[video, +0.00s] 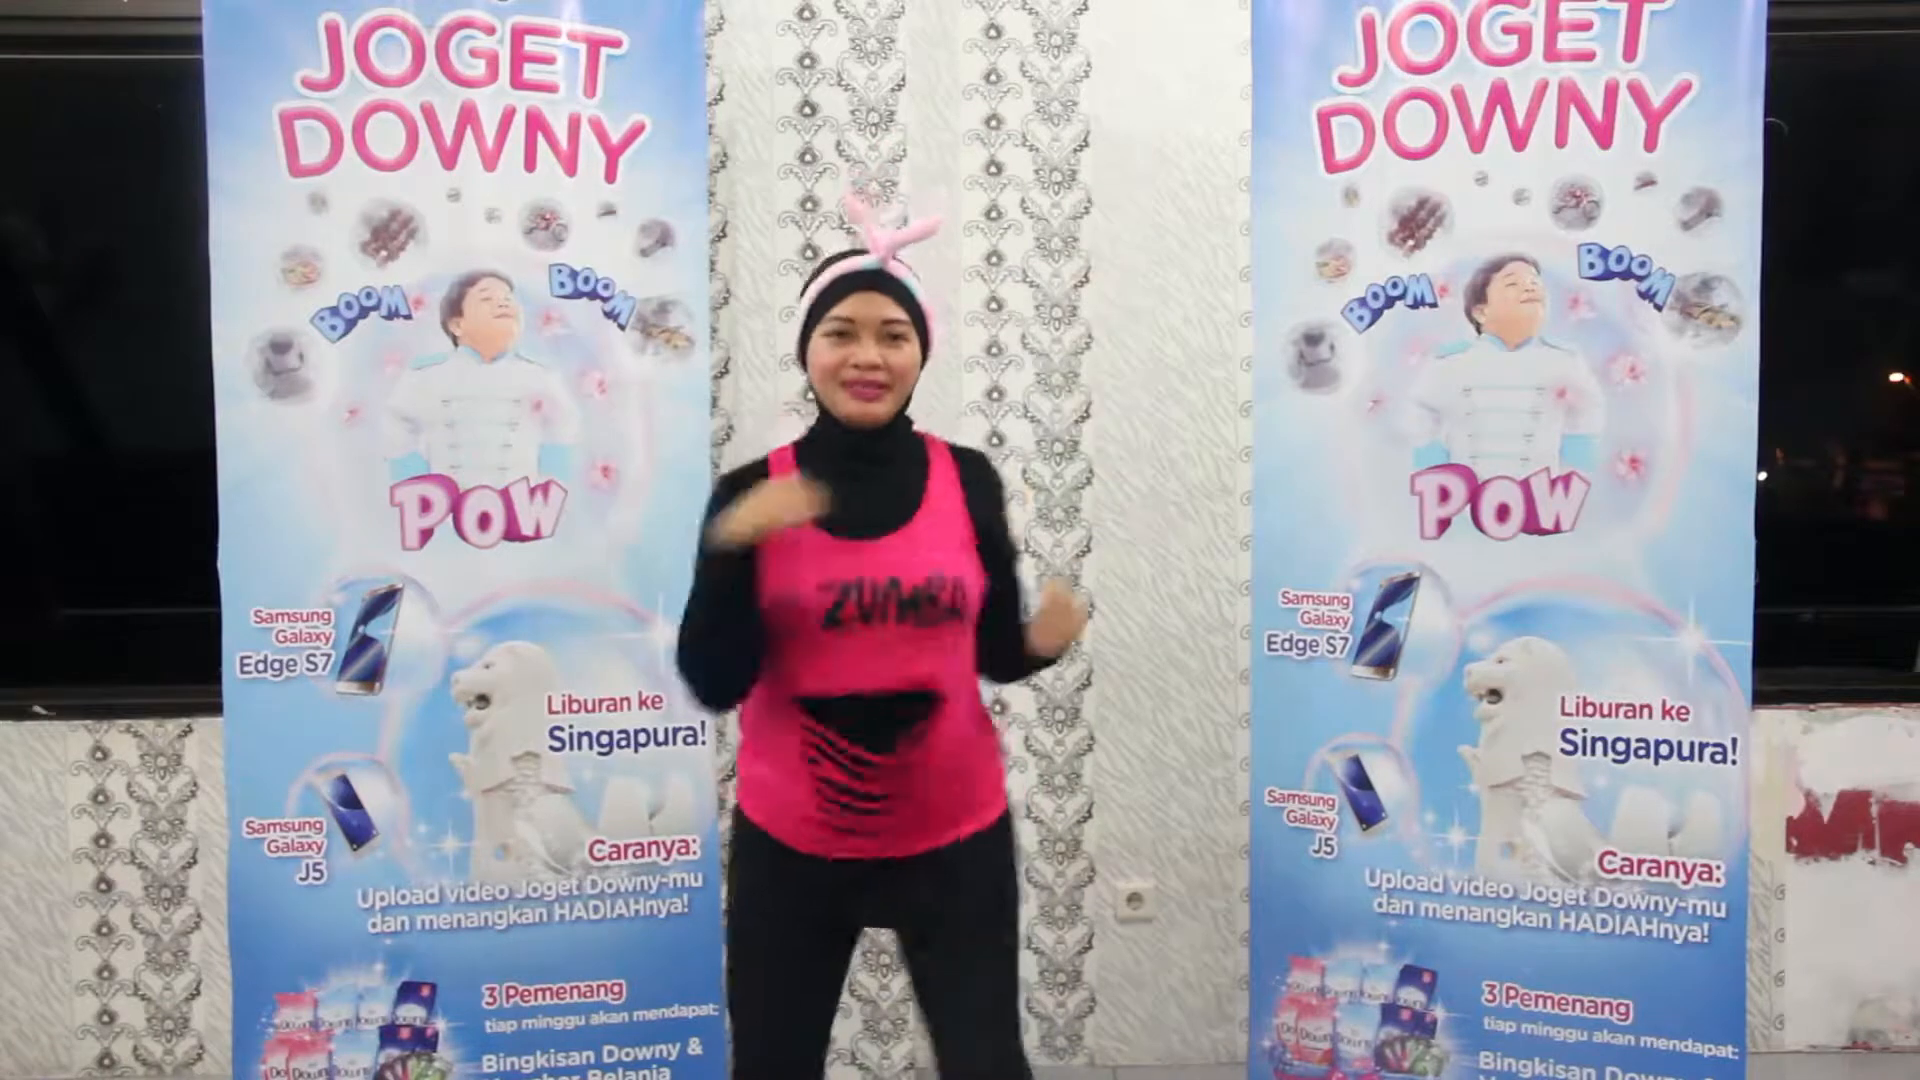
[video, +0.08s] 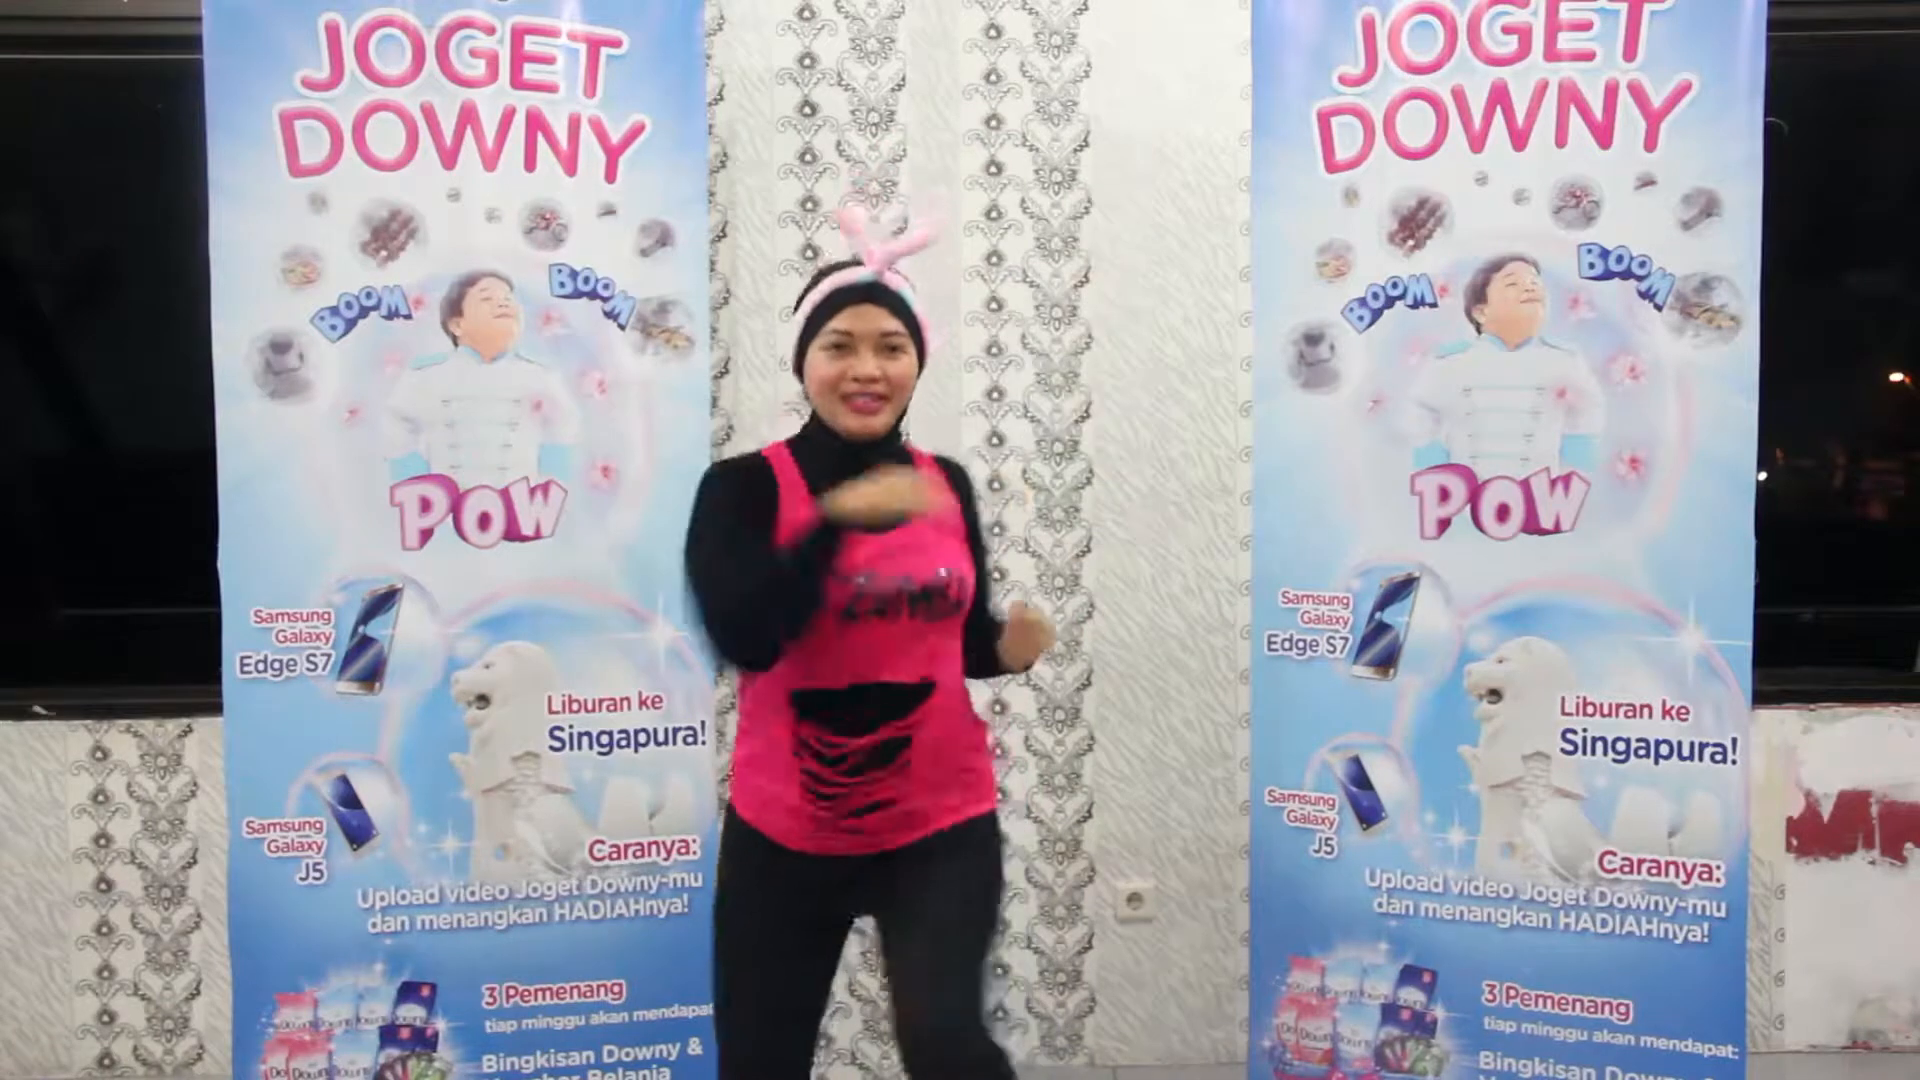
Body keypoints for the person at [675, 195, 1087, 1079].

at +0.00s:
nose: (867, 355)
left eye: (893, 335)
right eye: (842, 333)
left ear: (921, 358)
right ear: (805, 354)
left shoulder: (966, 481)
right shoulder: (748, 499)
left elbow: (993, 654)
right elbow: (713, 681)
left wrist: (1038, 641)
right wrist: (732, 545)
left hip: (954, 838)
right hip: (792, 842)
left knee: (988, 1063)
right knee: (772, 1065)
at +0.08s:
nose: (866, 369)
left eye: (890, 348)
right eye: (839, 347)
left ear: (917, 369)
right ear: (801, 367)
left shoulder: (946, 485)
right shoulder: (742, 488)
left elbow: (951, 639)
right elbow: (745, 639)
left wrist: (1001, 646)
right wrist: (826, 524)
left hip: (938, 822)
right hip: (785, 825)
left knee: (945, 1044)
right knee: (760, 1060)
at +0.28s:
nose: (873, 326)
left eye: (895, 307)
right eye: (849, 308)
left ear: (925, 329)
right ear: (812, 333)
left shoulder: (954, 448)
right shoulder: (767, 439)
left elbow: (984, 611)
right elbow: (832, 513)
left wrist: (1011, 576)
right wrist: (964, 539)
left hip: (951, 764)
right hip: (804, 786)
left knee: (950, 936)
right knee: (787, 1051)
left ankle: (978, 1069)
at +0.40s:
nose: (904, 296)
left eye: (926, 276)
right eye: (879, 278)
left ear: (961, 294)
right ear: (846, 300)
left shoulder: (1008, 403)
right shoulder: (795, 422)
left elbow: (1118, 547)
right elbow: (753, 590)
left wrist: (1011, 443)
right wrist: (817, 553)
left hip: (986, 776)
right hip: (828, 774)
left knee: (1007, 1043)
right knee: (793, 1038)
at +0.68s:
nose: (917, 310)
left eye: (942, 290)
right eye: (895, 292)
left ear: (981, 320)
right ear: (869, 323)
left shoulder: (1036, 438)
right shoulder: (839, 467)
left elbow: (1128, 509)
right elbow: (731, 603)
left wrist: (1025, 430)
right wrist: (720, 496)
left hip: (1022, 795)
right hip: (877, 782)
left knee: (1028, 1060)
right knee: (749, 908)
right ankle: (818, 1069)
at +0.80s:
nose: (899, 252)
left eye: (925, 235)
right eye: (875, 237)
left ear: (965, 264)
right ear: (851, 271)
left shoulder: (1020, 369)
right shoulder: (812, 392)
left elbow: (1155, 338)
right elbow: (648, 416)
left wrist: (1042, 225)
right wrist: (676, 272)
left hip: (1002, 746)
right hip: (843, 738)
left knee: (1049, 1020)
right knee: (710, 955)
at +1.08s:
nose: (876, 368)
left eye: (901, 353)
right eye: (854, 349)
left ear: (935, 380)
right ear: (818, 372)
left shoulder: (975, 479)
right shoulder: (769, 476)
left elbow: (1109, 364)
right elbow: (680, 328)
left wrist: (1184, 194)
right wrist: (618, 145)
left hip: (948, 854)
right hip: (781, 858)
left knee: (1043, 1068)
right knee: (745, 1069)